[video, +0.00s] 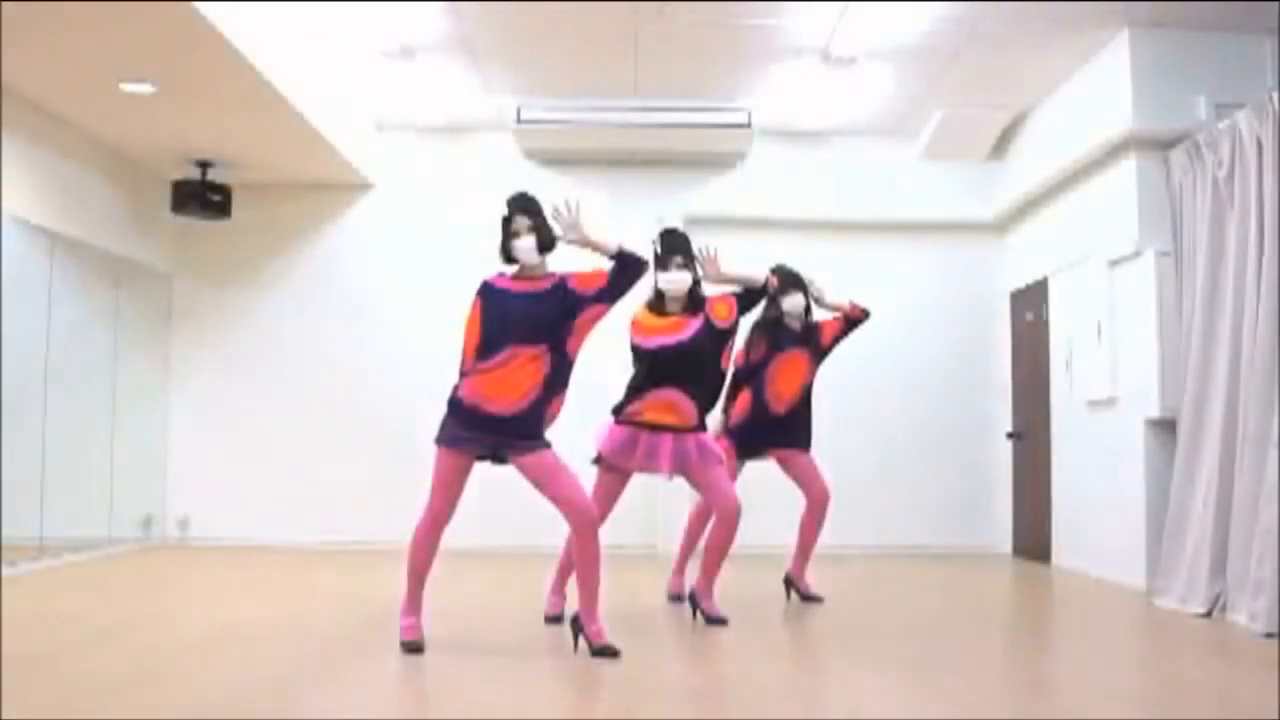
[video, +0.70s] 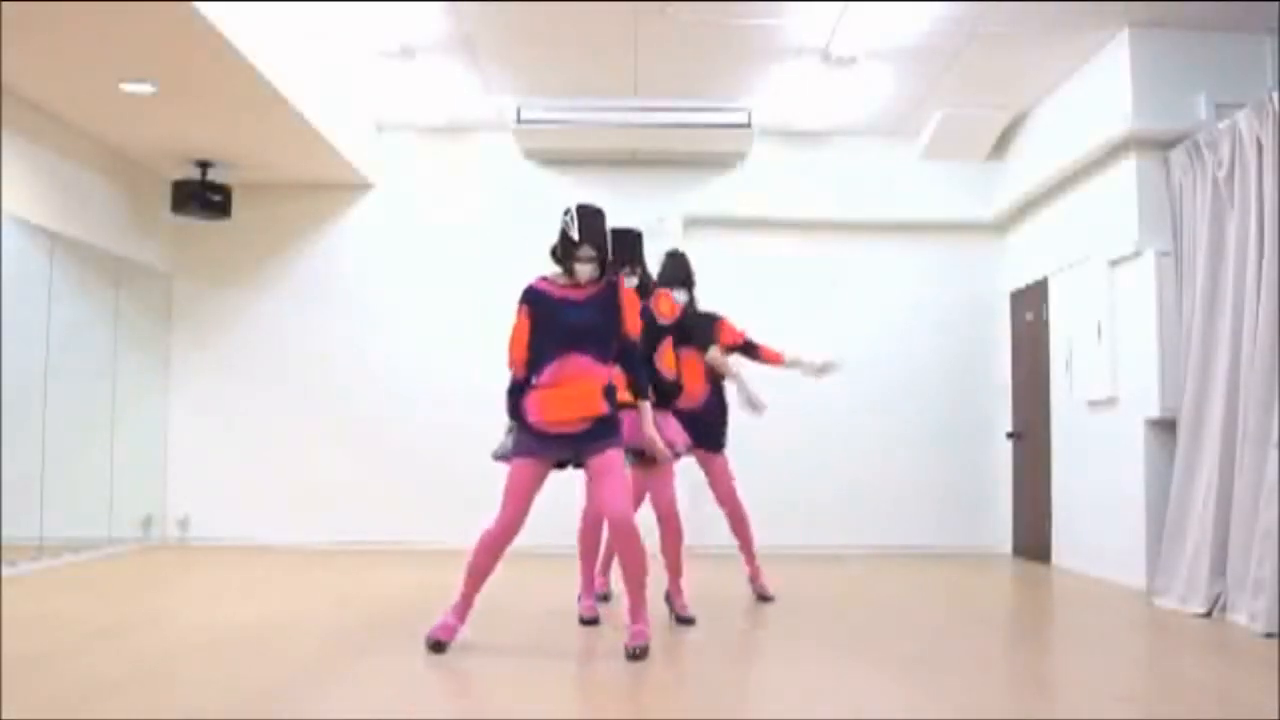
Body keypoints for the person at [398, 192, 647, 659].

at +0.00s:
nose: (523, 239)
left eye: (532, 231)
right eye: (515, 233)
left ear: (547, 237)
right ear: (505, 242)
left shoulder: (571, 292)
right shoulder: (491, 291)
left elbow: (636, 266)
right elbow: (469, 359)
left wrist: (585, 239)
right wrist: (462, 416)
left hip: (523, 430)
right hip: (467, 422)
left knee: (584, 513)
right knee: (437, 513)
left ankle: (589, 619)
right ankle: (411, 613)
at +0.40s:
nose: (536, 242)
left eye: (545, 235)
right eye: (529, 234)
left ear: (557, 243)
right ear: (515, 239)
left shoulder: (565, 287)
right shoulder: (492, 286)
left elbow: (608, 320)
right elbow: (470, 349)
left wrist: (604, 270)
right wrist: (468, 402)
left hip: (533, 426)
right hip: (478, 420)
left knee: (588, 517)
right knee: (444, 518)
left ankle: (612, 615)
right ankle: (412, 614)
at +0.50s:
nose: (557, 253)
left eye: (564, 246)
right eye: (549, 244)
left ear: (571, 252)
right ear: (530, 247)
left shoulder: (580, 294)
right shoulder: (502, 291)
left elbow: (577, 354)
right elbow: (479, 356)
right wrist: (478, 418)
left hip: (551, 427)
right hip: (495, 424)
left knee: (596, 518)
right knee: (456, 525)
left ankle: (634, 618)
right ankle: (415, 611)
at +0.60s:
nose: (574, 262)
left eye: (581, 254)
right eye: (566, 253)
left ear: (588, 257)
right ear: (547, 253)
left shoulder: (595, 295)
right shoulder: (521, 294)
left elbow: (605, 357)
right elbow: (499, 356)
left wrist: (633, 380)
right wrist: (493, 414)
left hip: (576, 428)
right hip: (519, 428)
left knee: (611, 519)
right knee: (478, 526)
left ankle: (637, 621)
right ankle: (427, 609)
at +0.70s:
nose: (585, 269)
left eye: (592, 260)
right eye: (577, 260)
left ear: (605, 257)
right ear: (563, 254)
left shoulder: (618, 295)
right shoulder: (538, 295)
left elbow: (632, 352)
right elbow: (520, 365)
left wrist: (647, 420)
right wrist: (518, 418)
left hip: (601, 423)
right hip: (541, 424)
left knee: (620, 517)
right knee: (507, 524)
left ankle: (638, 620)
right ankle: (458, 611)